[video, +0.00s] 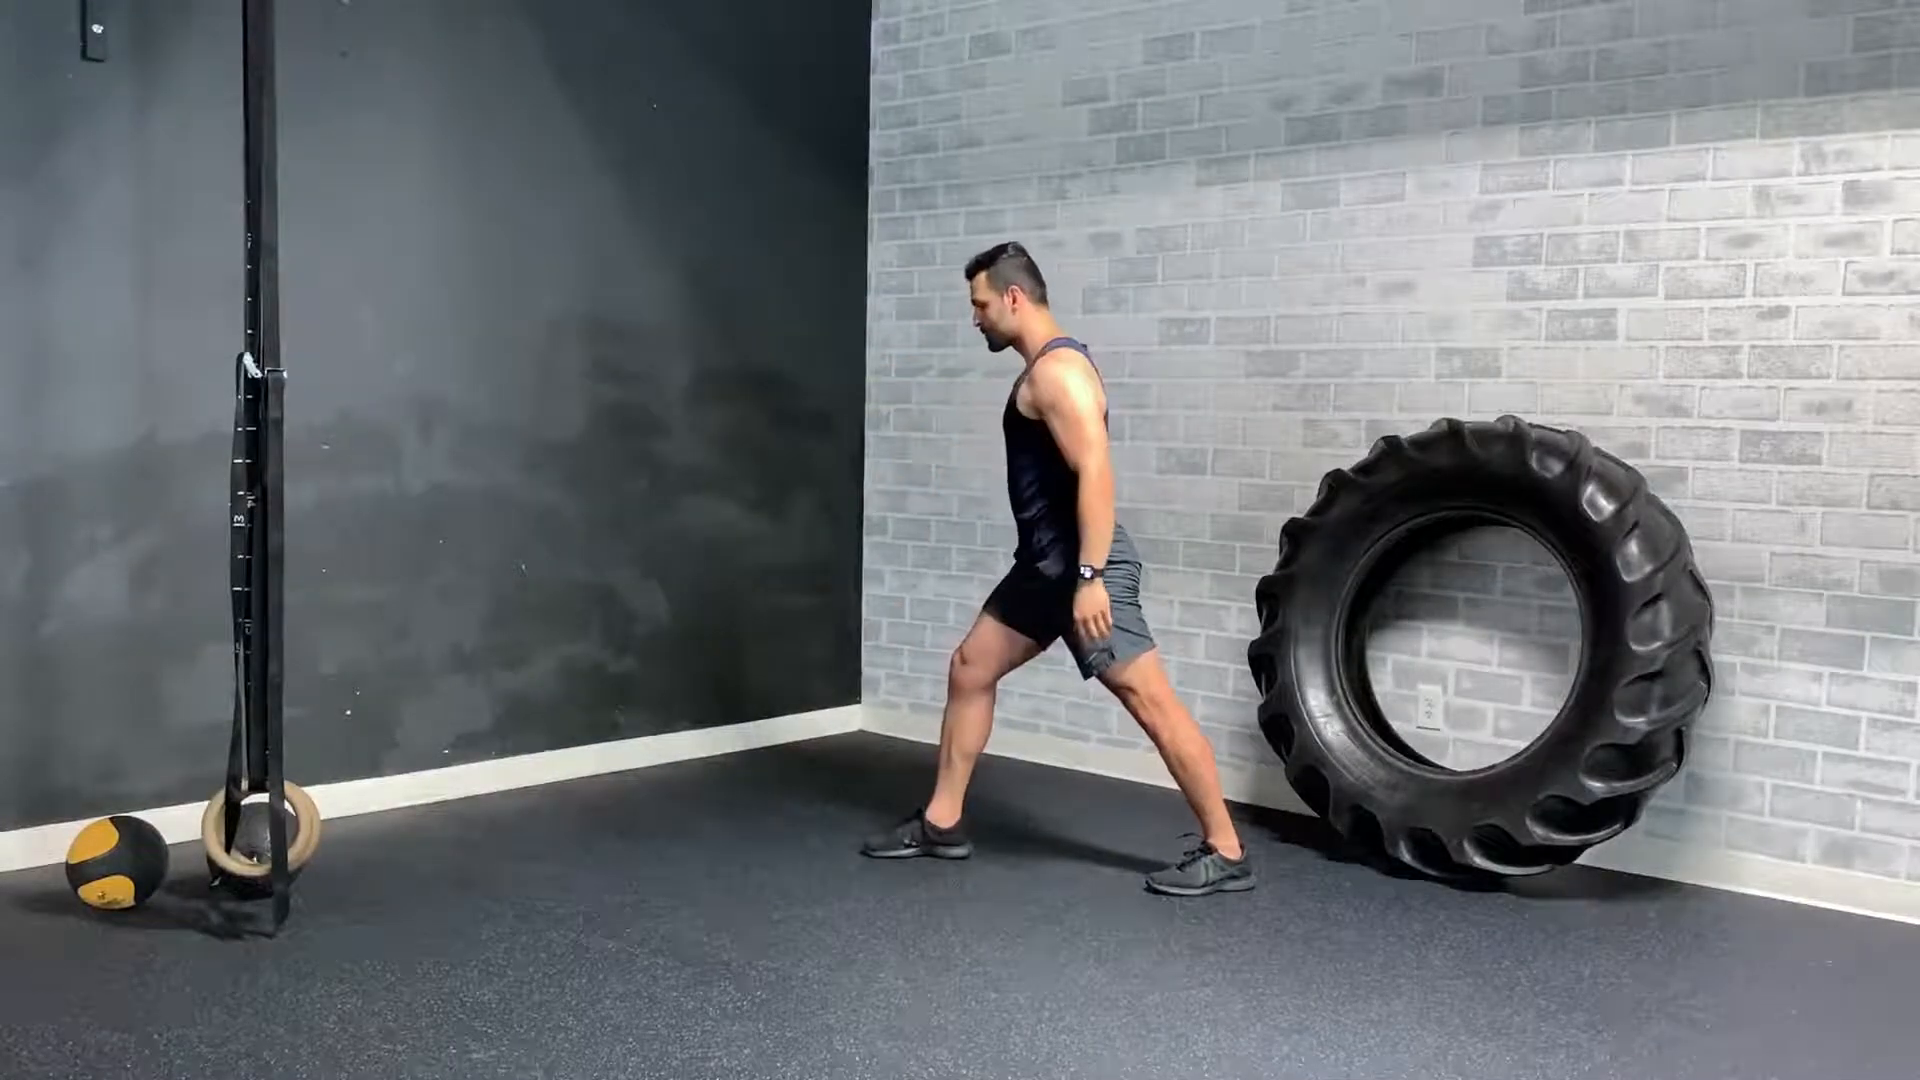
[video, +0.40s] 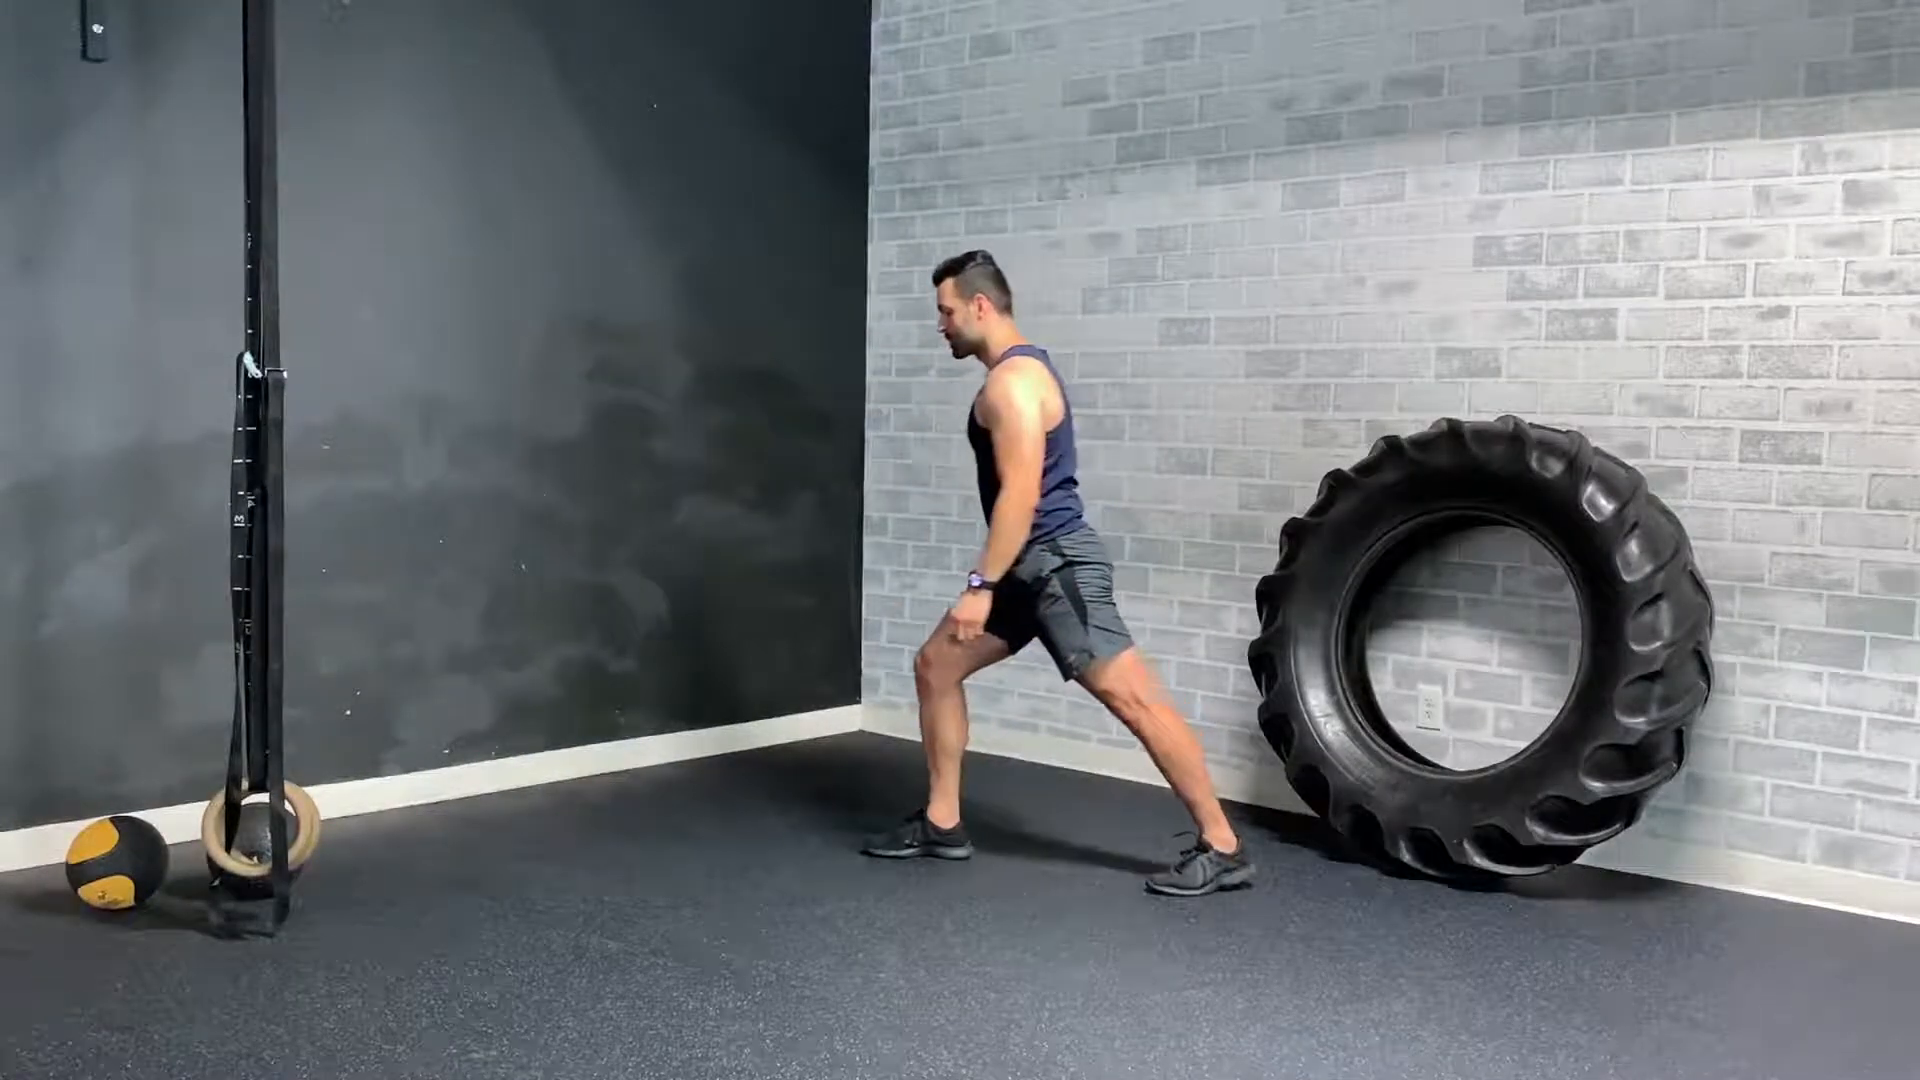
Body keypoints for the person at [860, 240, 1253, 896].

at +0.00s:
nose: (974, 317)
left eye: (979, 303)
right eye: (973, 305)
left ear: (1015, 298)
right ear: (1020, 300)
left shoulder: (1059, 372)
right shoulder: (1045, 368)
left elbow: (1095, 472)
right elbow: (1073, 477)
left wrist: (1091, 576)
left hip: (1083, 564)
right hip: (1045, 564)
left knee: (1152, 701)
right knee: (970, 671)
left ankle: (1226, 849)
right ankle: (941, 825)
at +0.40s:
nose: (941, 324)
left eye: (946, 310)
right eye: (939, 312)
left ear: (982, 306)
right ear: (987, 308)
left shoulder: (1012, 384)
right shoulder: (1023, 372)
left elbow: (1020, 497)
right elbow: (1032, 495)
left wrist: (981, 585)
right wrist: (1003, 574)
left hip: (1059, 560)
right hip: (1029, 564)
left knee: (1134, 699)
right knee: (936, 666)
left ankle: (1222, 845)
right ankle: (942, 826)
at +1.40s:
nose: (592, 267)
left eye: (596, 251)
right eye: (588, 253)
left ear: (633, 242)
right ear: (638, 244)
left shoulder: (659, 323)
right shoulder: (687, 310)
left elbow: (658, 447)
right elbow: (671, 442)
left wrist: (638, 545)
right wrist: (635, 530)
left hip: (679, 516)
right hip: (685, 510)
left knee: (645, 673)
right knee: (623, 660)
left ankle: (656, 848)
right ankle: (726, 775)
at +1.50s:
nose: (553, 272)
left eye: (555, 257)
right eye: (549, 260)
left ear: (590, 242)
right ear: (597, 244)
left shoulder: (614, 322)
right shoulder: (657, 310)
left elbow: (602, 444)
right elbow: (645, 439)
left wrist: (566, 537)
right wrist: (596, 525)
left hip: (638, 518)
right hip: (639, 513)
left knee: (625, 679)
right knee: (572, 658)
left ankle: (654, 849)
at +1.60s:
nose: (505, 282)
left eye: (508, 266)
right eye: (501, 269)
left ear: (542, 249)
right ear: (552, 252)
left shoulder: (572, 329)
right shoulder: (607, 315)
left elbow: (548, 449)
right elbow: (602, 442)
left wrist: (499, 540)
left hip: (609, 528)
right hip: (590, 525)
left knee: (590, 685)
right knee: (527, 670)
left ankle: (649, 847)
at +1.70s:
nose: (456, 299)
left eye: (457, 282)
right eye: (451, 285)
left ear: (491, 266)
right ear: (497, 266)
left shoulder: (529, 338)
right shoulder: (554, 323)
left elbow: (506, 458)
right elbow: (560, 451)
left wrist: (451, 550)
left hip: (578, 531)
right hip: (557, 528)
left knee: (540, 690)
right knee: (492, 674)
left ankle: (642, 839)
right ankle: (453, 838)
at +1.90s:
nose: (346, 351)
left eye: (344, 334)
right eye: (339, 339)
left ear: (378, 313)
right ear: (384, 314)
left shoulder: (438, 372)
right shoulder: (450, 358)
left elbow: (428, 499)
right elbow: (502, 489)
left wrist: (389, 597)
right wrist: (469, 574)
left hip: (549, 530)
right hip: (530, 529)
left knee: (447, 672)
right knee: (441, 672)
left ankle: (495, 846)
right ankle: (447, 839)